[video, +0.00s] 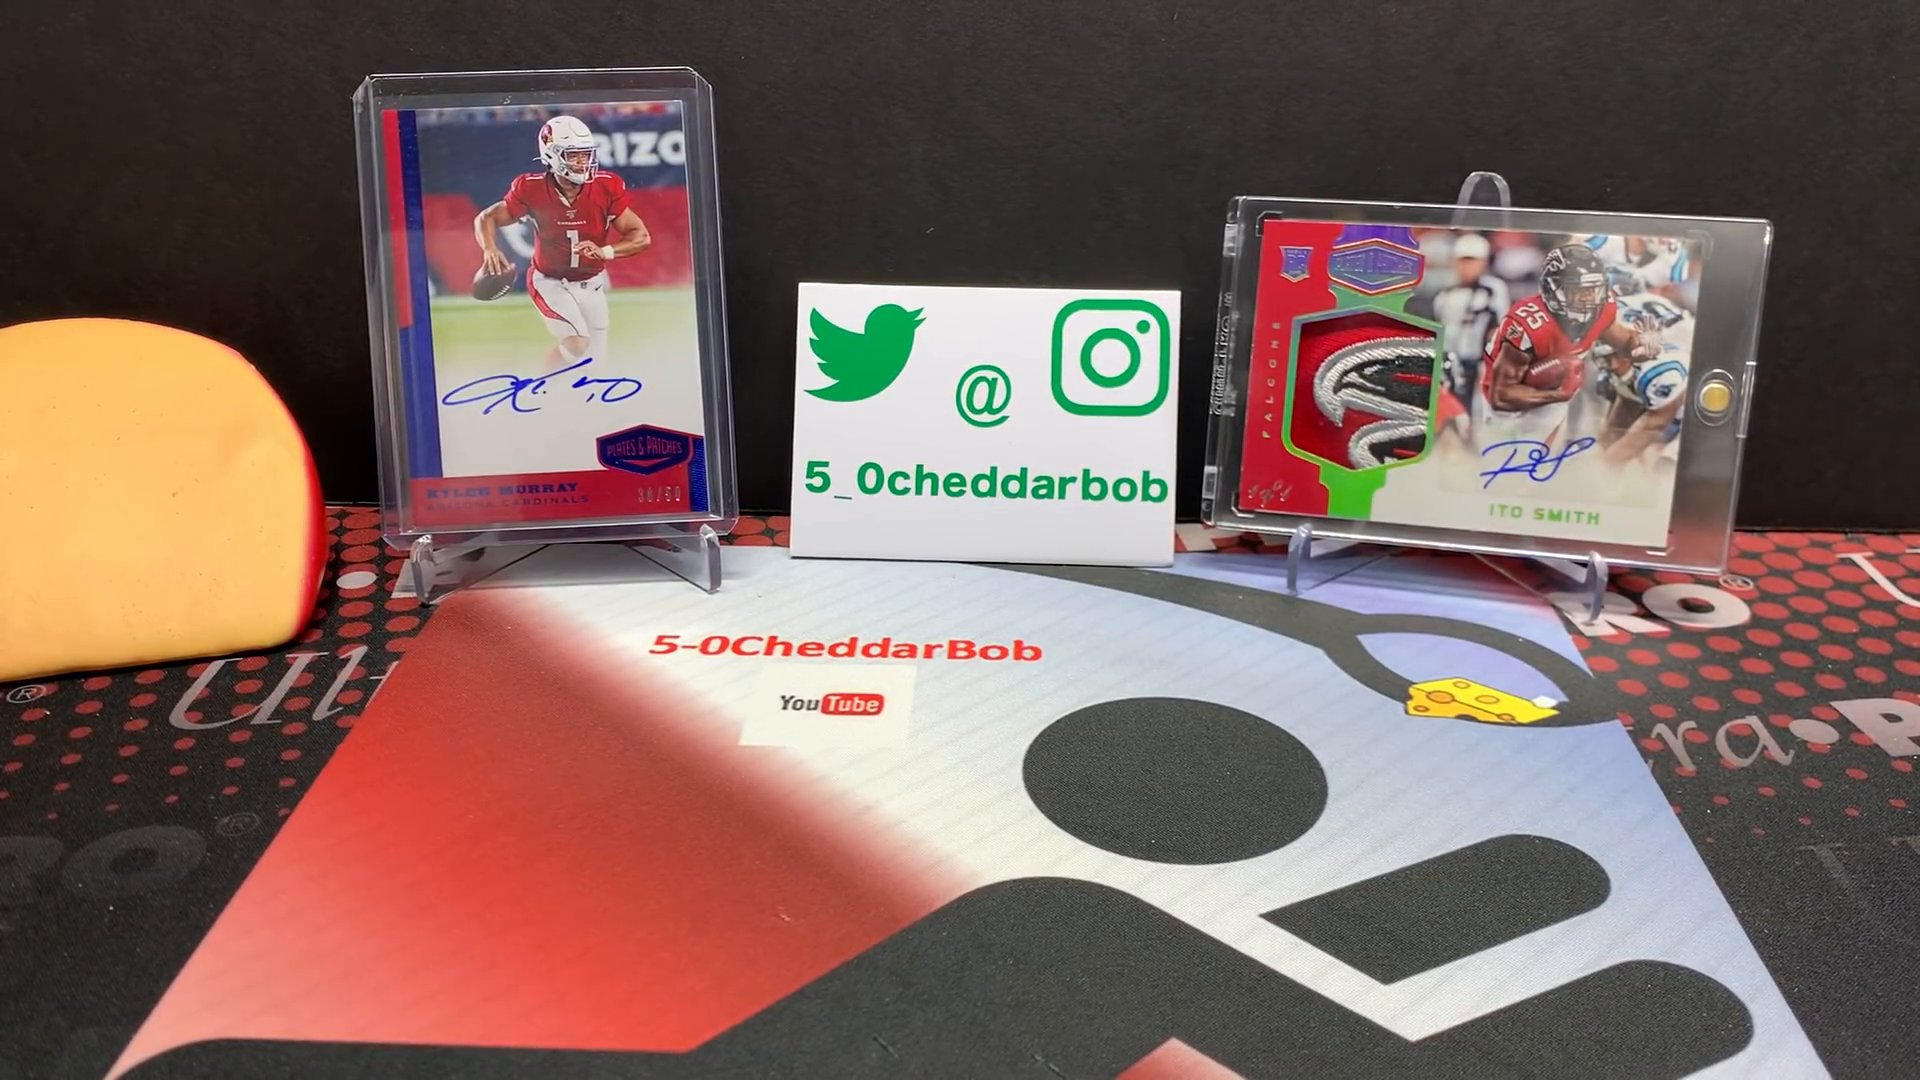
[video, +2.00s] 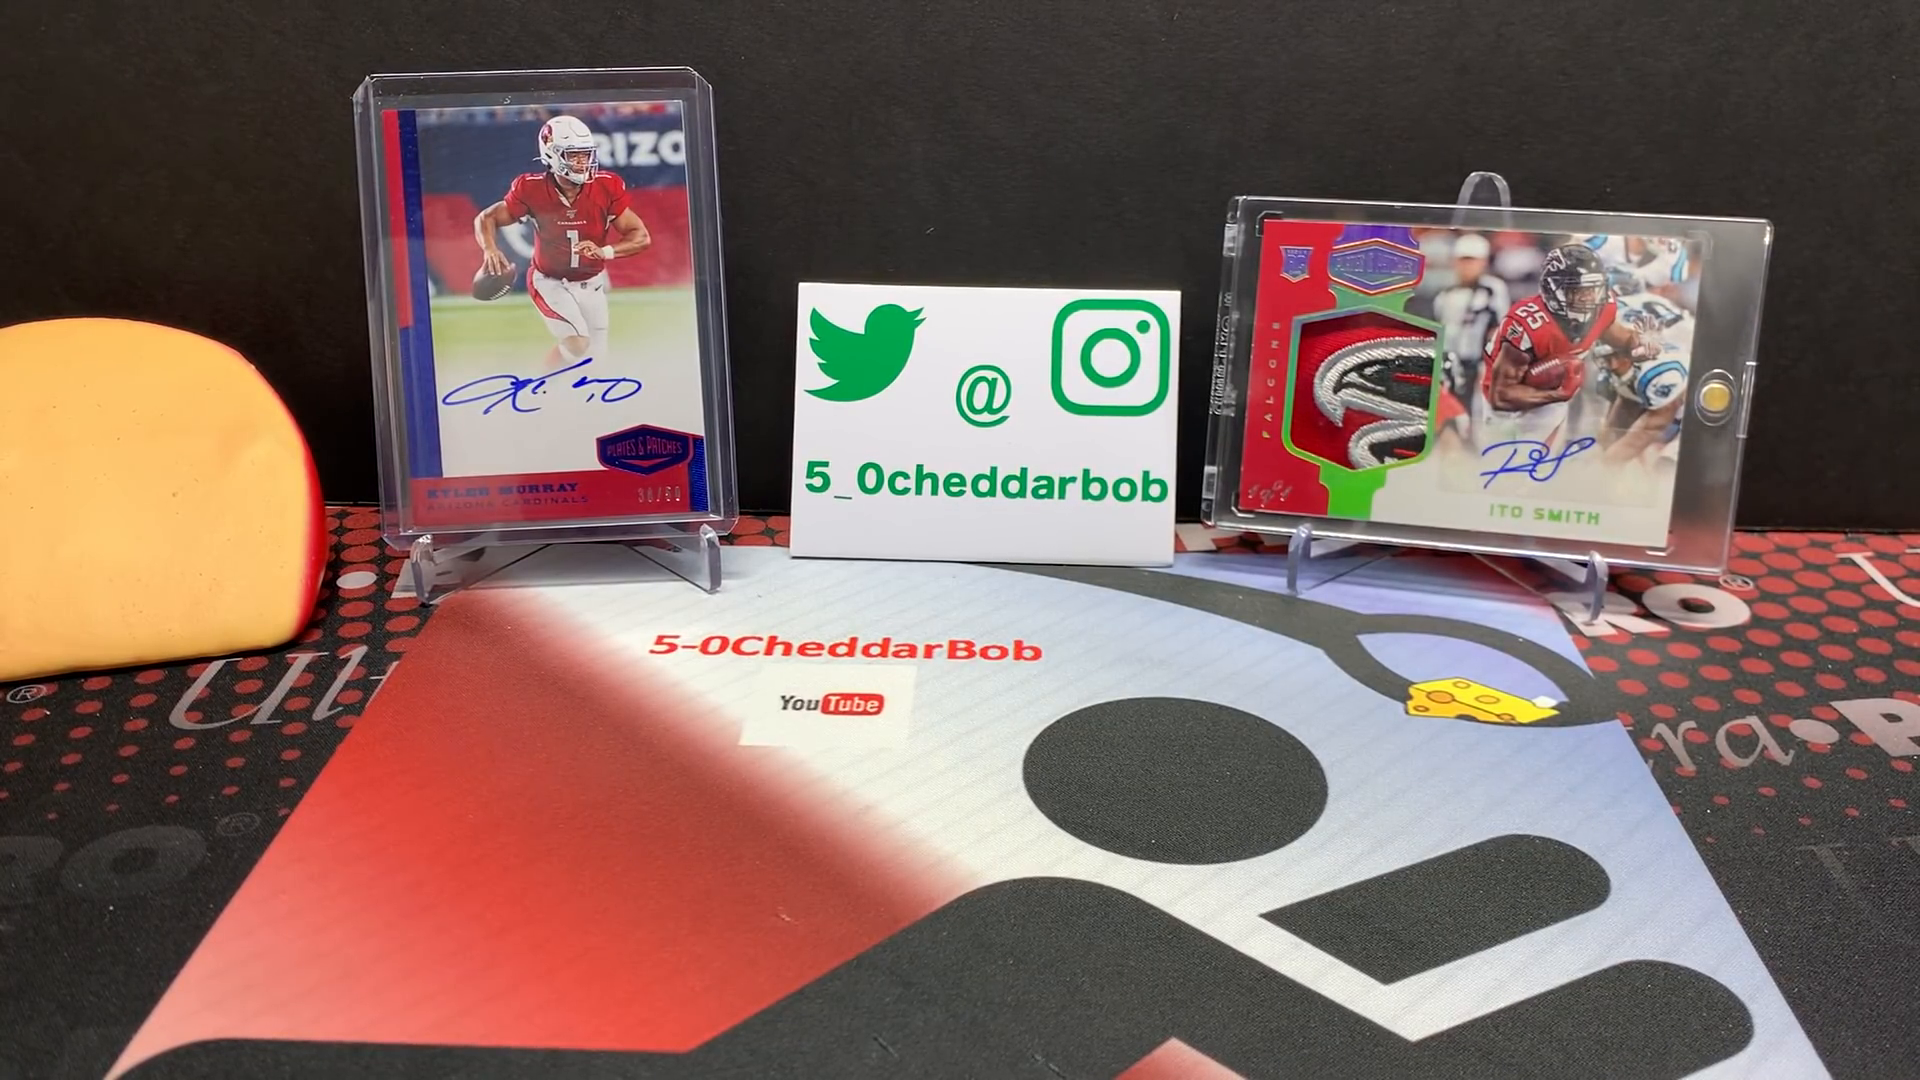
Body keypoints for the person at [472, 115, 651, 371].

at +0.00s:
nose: (580, 162)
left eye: (585, 155)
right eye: (572, 156)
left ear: (592, 154)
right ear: (552, 155)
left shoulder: (607, 187)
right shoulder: (530, 189)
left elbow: (641, 237)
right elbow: (484, 219)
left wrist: (606, 252)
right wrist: (490, 249)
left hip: (591, 283)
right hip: (549, 280)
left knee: (596, 363)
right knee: (576, 343)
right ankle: (534, 391)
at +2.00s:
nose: (581, 162)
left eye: (585, 155)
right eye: (573, 156)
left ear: (591, 154)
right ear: (552, 155)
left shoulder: (607, 186)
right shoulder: (530, 189)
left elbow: (641, 237)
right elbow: (484, 219)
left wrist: (605, 252)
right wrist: (490, 249)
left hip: (591, 283)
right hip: (549, 280)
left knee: (596, 361)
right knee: (576, 344)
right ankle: (534, 391)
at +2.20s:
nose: (580, 162)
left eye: (584, 155)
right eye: (572, 156)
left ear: (591, 154)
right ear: (552, 155)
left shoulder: (607, 187)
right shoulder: (530, 189)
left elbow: (641, 237)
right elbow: (484, 219)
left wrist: (605, 252)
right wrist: (490, 249)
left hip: (592, 283)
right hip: (549, 281)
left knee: (595, 360)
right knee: (576, 344)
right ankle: (534, 391)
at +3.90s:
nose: (581, 162)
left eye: (585, 155)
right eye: (573, 156)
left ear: (592, 154)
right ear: (552, 155)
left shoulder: (606, 187)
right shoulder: (530, 189)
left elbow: (641, 238)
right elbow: (485, 219)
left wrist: (606, 252)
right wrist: (490, 249)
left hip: (591, 283)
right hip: (549, 280)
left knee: (596, 362)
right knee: (577, 345)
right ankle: (534, 391)